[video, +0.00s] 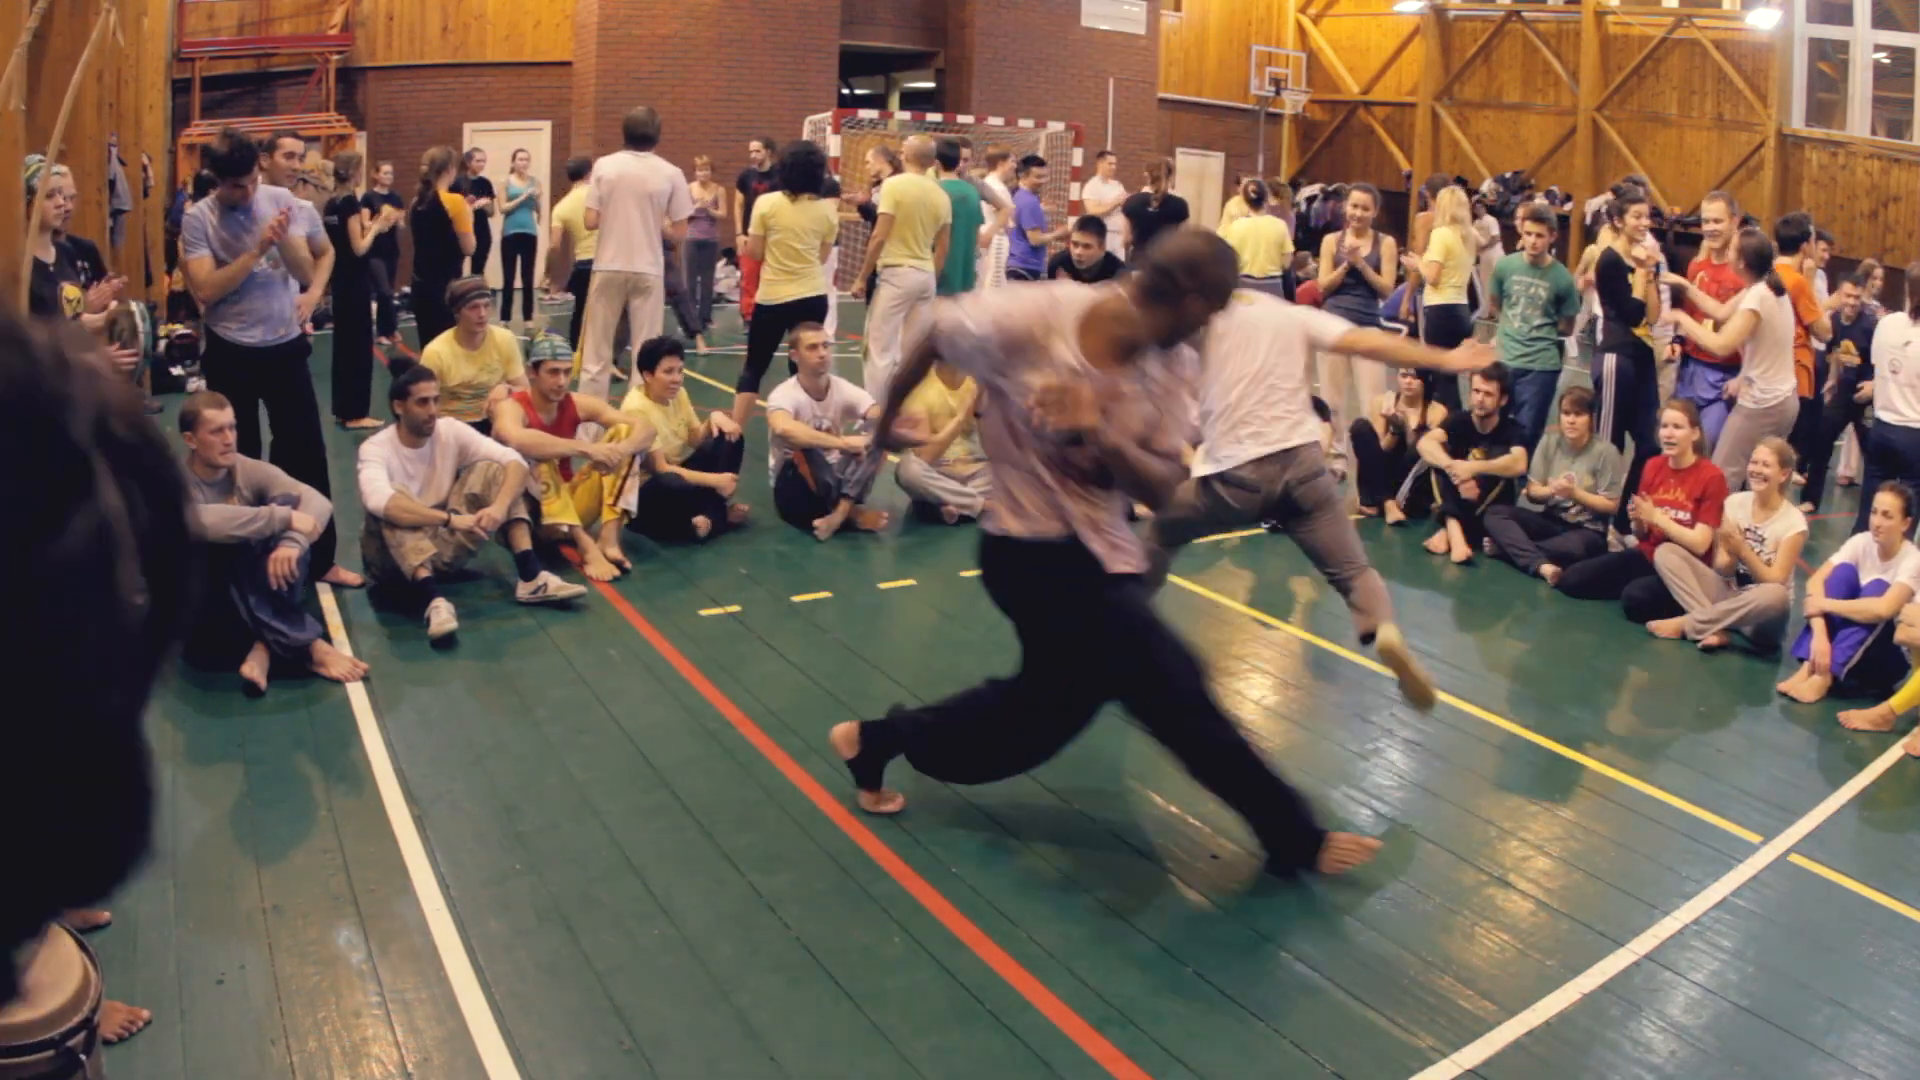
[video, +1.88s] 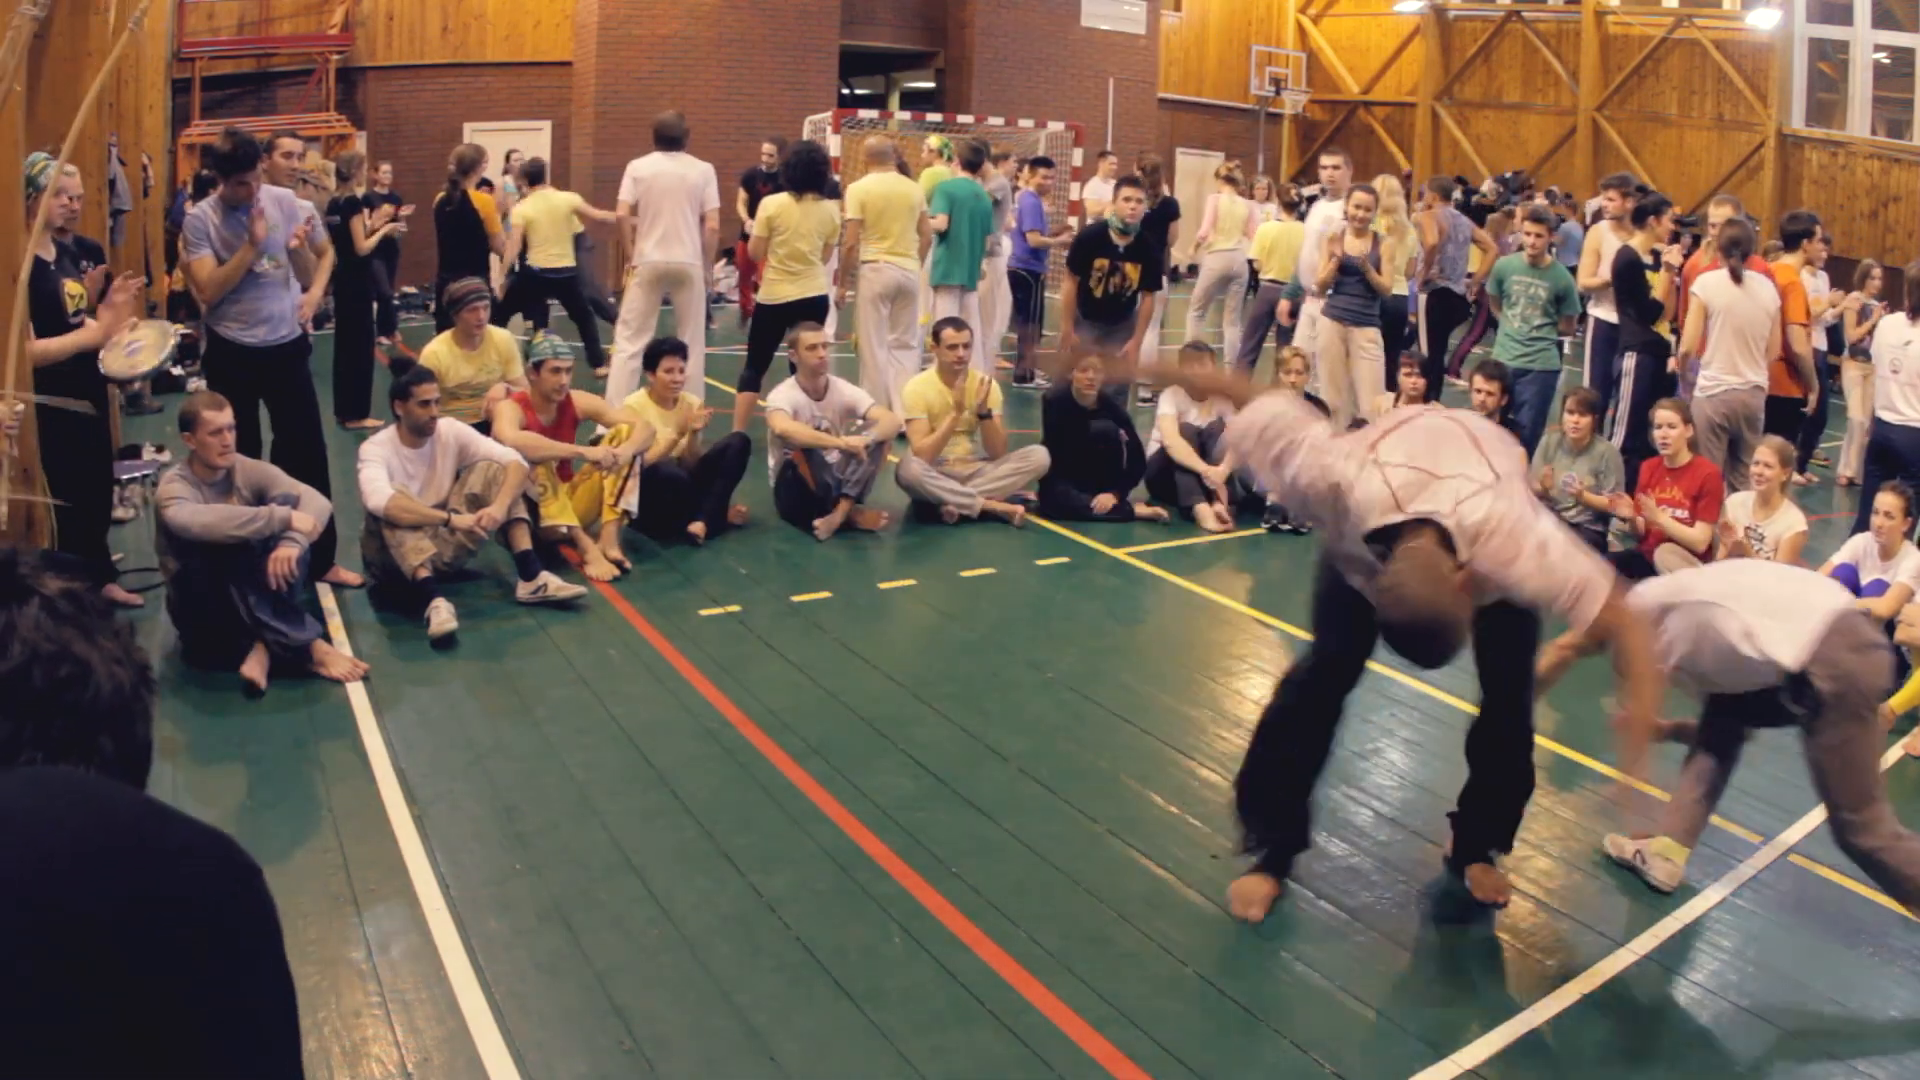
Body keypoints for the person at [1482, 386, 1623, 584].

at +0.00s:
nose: (1571, 421)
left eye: (1578, 415)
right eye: (1566, 414)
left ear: (1590, 418)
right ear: (1559, 416)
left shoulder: (1606, 452)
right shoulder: (1548, 443)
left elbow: (1612, 505)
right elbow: (1532, 491)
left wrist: (1574, 493)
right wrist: (1552, 490)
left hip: (1585, 529)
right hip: (1547, 519)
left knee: (1575, 548)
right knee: (1494, 514)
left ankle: (1510, 550)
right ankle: (1539, 566)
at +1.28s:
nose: (1570, 420)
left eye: (1578, 414)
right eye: (1566, 412)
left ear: (1592, 420)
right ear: (1559, 415)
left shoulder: (1606, 451)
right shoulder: (1550, 441)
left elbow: (1617, 505)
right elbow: (1533, 497)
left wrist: (1589, 499)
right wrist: (1536, 484)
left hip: (1585, 529)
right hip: (1549, 518)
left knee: (1574, 548)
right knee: (1497, 512)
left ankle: (1510, 553)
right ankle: (1539, 565)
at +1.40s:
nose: (1572, 419)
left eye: (1580, 414)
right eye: (1567, 412)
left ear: (1593, 419)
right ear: (1560, 415)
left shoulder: (1607, 452)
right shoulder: (1549, 441)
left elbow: (1609, 505)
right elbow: (1534, 489)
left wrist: (1574, 490)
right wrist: (1553, 491)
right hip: (1551, 516)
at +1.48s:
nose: (1572, 419)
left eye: (1580, 414)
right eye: (1568, 412)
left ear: (1594, 419)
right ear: (1561, 414)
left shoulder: (1607, 452)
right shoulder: (1549, 441)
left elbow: (1613, 504)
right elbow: (1533, 483)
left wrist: (1581, 493)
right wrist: (1557, 483)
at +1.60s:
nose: (1572, 420)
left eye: (1580, 414)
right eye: (1568, 412)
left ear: (1594, 420)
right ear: (1561, 414)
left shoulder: (1607, 452)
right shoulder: (1550, 440)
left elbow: (1615, 504)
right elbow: (1532, 494)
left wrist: (1586, 497)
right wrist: (1541, 487)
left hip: (1583, 522)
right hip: (1546, 514)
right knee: (1494, 513)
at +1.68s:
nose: (1574, 420)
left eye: (1581, 414)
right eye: (1569, 413)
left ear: (1594, 419)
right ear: (1562, 415)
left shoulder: (1607, 452)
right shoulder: (1549, 442)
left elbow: (1610, 505)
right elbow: (1532, 489)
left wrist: (1576, 492)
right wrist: (1554, 489)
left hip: (1586, 525)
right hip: (1548, 517)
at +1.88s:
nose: (1575, 420)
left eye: (1582, 415)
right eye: (1570, 413)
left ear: (1594, 419)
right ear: (1562, 416)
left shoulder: (1608, 453)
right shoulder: (1549, 441)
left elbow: (1615, 504)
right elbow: (1531, 486)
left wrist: (1583, 496)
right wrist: (1542, 485)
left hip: (1586, 527)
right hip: (1546, 519)